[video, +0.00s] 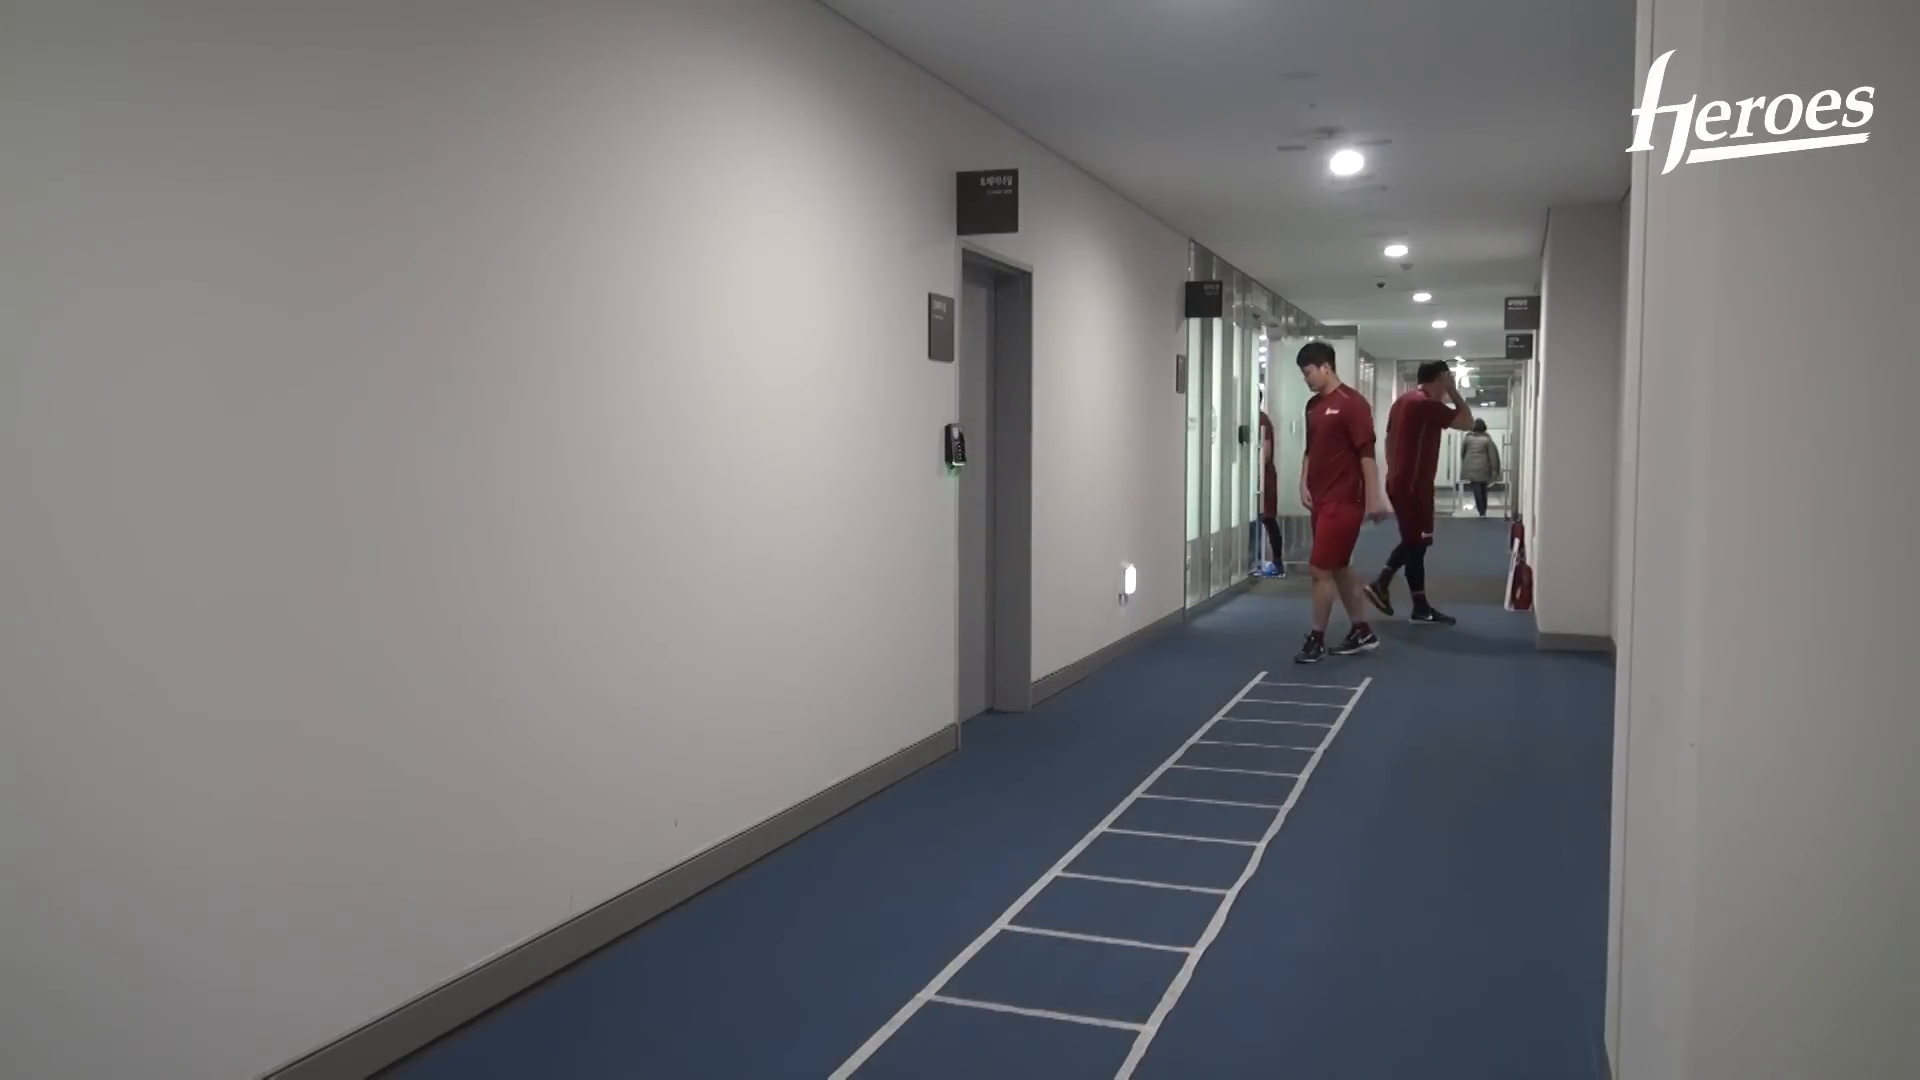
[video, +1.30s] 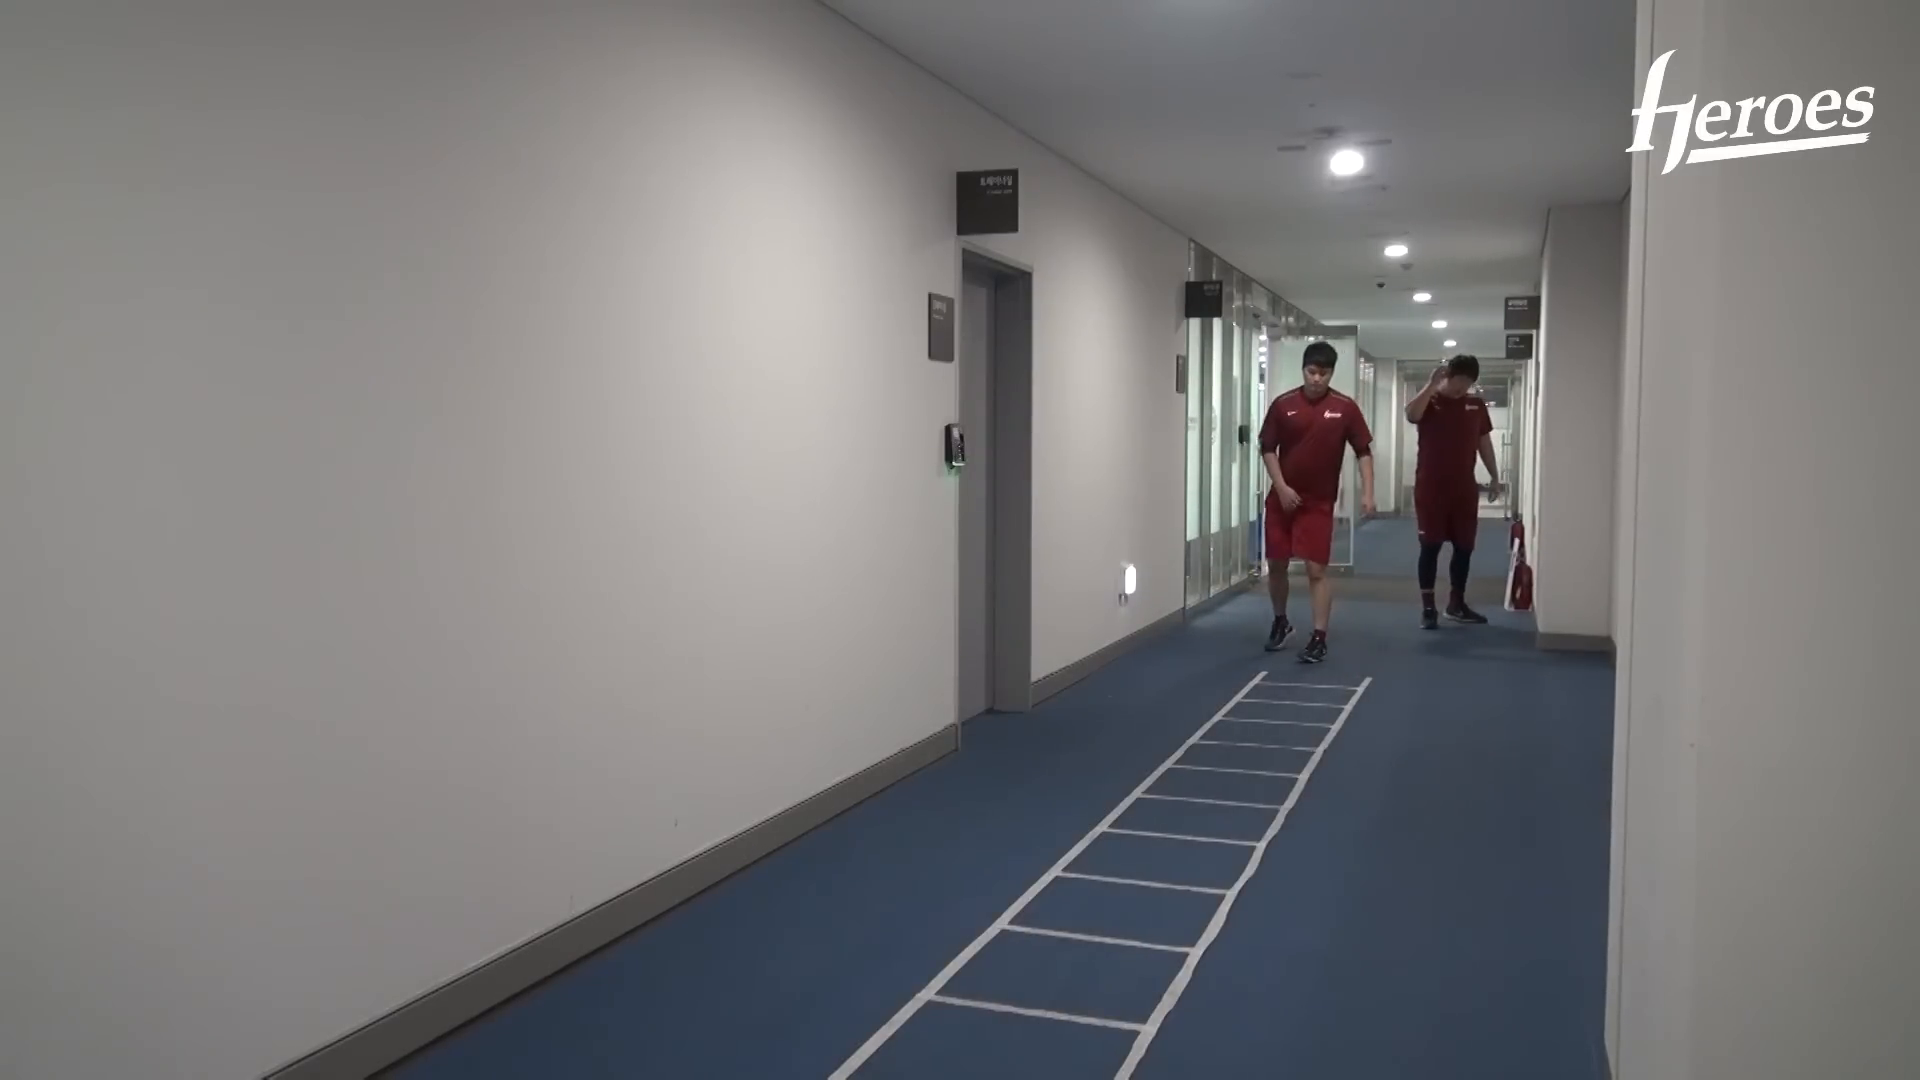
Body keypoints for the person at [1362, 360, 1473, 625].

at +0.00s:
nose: (1449, 387)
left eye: (1449, 382)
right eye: (1447, 382)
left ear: (1423, 381)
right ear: (1437, 381)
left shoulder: (1401, 402)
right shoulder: (1427, 405)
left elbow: (1390, 441)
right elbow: (1466, 420)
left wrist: (1393, 472)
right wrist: (1451, 391)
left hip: (1398, 482)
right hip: (1415, 484)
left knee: (1413, 541)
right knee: (1417, 543)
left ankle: (1380, 584)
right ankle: (1421, 607)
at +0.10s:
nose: (1456, 384)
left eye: (1456, 379)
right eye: (1454, 379)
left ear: (1431, 379)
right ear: (1445, 379)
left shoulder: (1411, 401)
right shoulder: (1431, 404)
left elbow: (1398, 440)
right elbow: (1471, 420)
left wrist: (1402, 469)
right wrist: (1459, 389)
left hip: (1408, 480)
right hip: (1418, 483)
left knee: (1426, 537)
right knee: (1422, 541)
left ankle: (1406, 591)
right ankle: (1419, 604)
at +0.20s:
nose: (1463, 388)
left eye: (1463, 383)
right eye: (1462, 382)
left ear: (1442, 378)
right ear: (1453, 378)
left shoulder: (1432, 400)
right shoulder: (1430, 403)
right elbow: (1474, 421)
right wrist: (1463, 390)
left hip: (1430, 484)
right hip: (1419, 486)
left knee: (1433, 542)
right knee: (1421, 544)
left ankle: (1434, 599)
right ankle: (1421, 605)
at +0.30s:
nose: (1468, 392)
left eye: (1469, 386)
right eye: (1468, 386)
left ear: (1452, 378)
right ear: (1459, 379)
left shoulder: (1440, 402)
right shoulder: (1433, 403)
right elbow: (1474, 419)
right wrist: (1466, 390)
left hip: (1436, 485)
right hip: (1422, 486)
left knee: (1441, 545)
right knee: (1421, 545)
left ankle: (1453, 602)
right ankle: (1420, 606)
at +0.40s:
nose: (1472, 391)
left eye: (1474, 386)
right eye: (1473, 385)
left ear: (1458, 377)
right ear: (1463, 378)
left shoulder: (1448, 403)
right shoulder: (1434, 403)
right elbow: (1470, 419)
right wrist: (1468, 392)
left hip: (1449, 486)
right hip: (1429, 486)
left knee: (1448, 546)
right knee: (1425, 544)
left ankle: (1454, 604)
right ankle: (1420, 606)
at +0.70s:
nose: (1490, 393)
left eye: (1493, 388)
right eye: (1489, 386)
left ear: (1487, 386)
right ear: (1475, 380)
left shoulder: (1480, 409)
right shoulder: (1439, 400)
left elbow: (1481, 443)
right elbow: (1449, 415)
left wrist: (1493, 475)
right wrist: (1465, 388)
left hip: (1460, 485)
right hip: (1434, 483)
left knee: (1455, 544)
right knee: (1436, 540)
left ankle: (1455, 604)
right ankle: (1423, 603)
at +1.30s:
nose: (1463, 389)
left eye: (1468, 384)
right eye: (1460, 382)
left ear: (1472, 383)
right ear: (1448, 377)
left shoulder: (1475, 405)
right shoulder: (1426, 402)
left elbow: (1484, 443)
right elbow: (1412, 415)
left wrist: (1494, 477)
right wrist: (1431, 385)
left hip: (1464, 487)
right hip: (1431, 487)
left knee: (1464, 547)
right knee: (1431, 545)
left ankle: (1456, 604)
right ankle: (1428, 607)